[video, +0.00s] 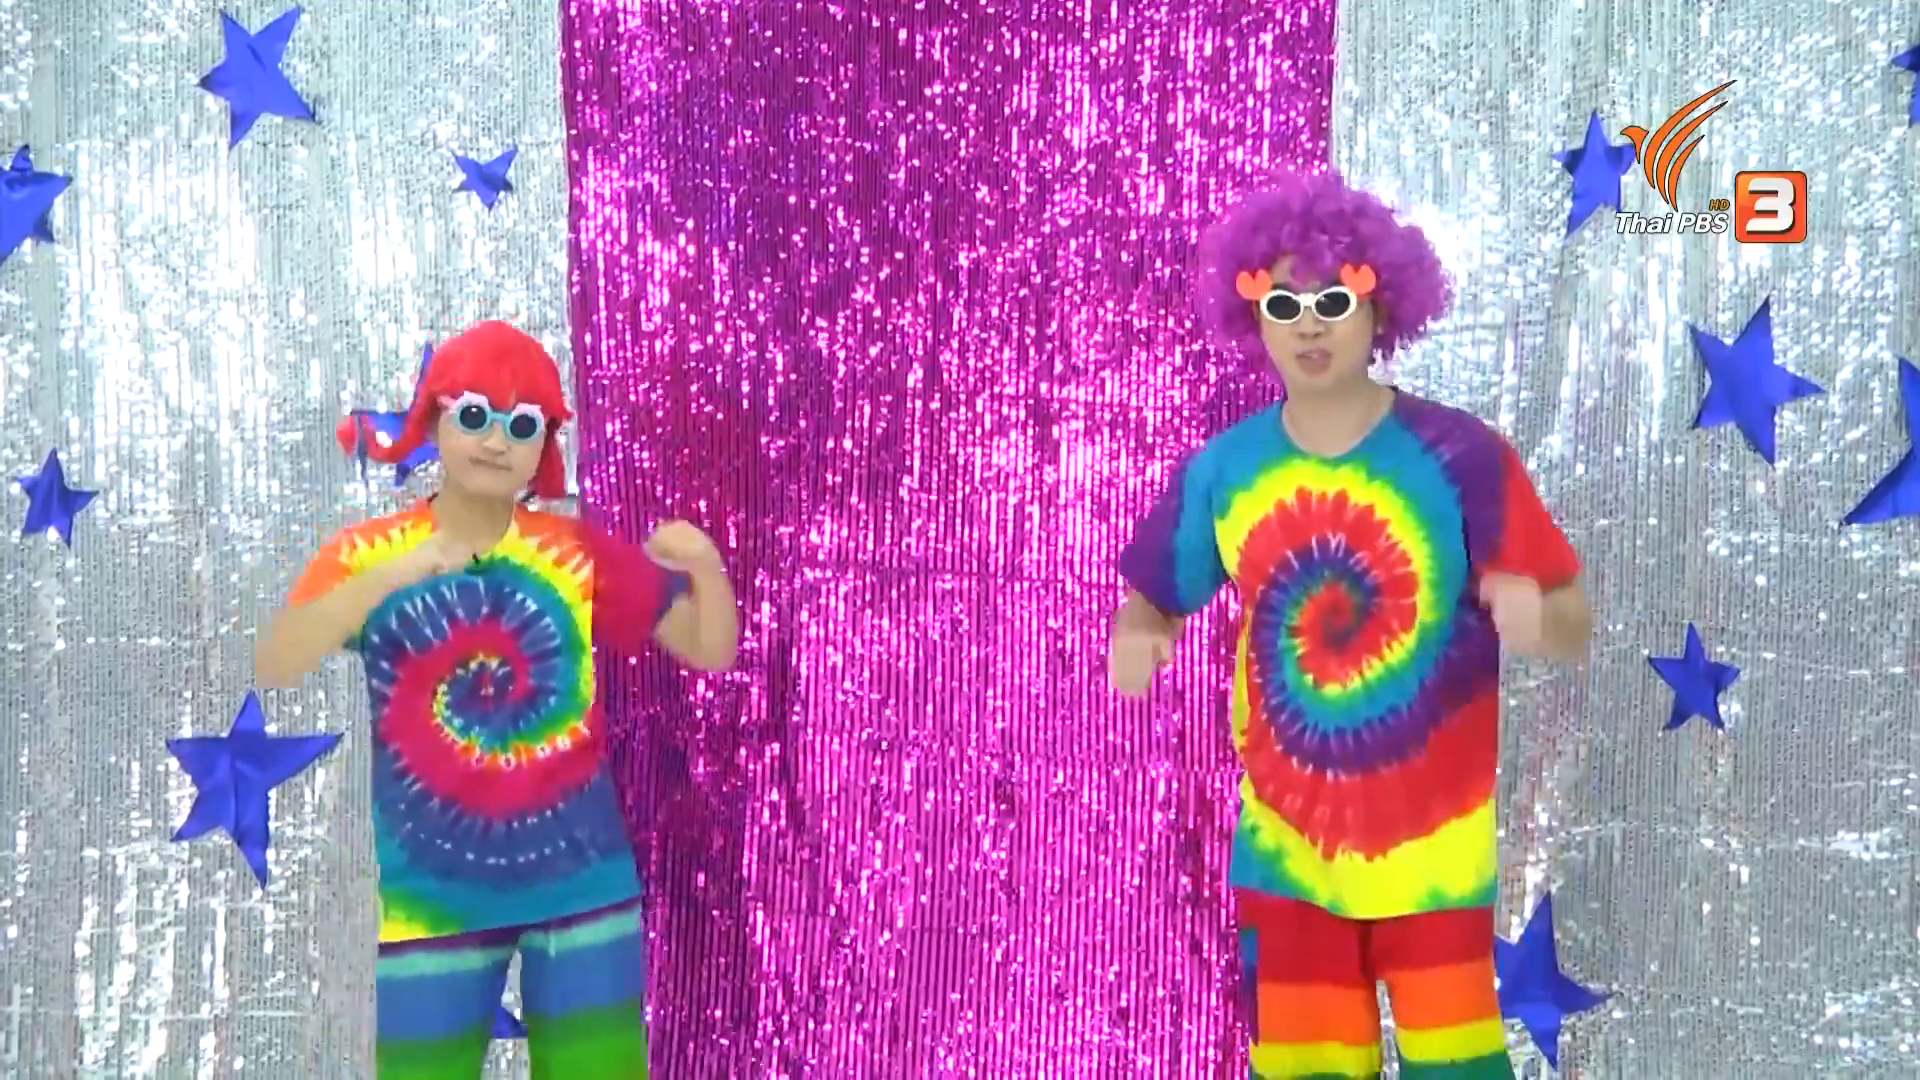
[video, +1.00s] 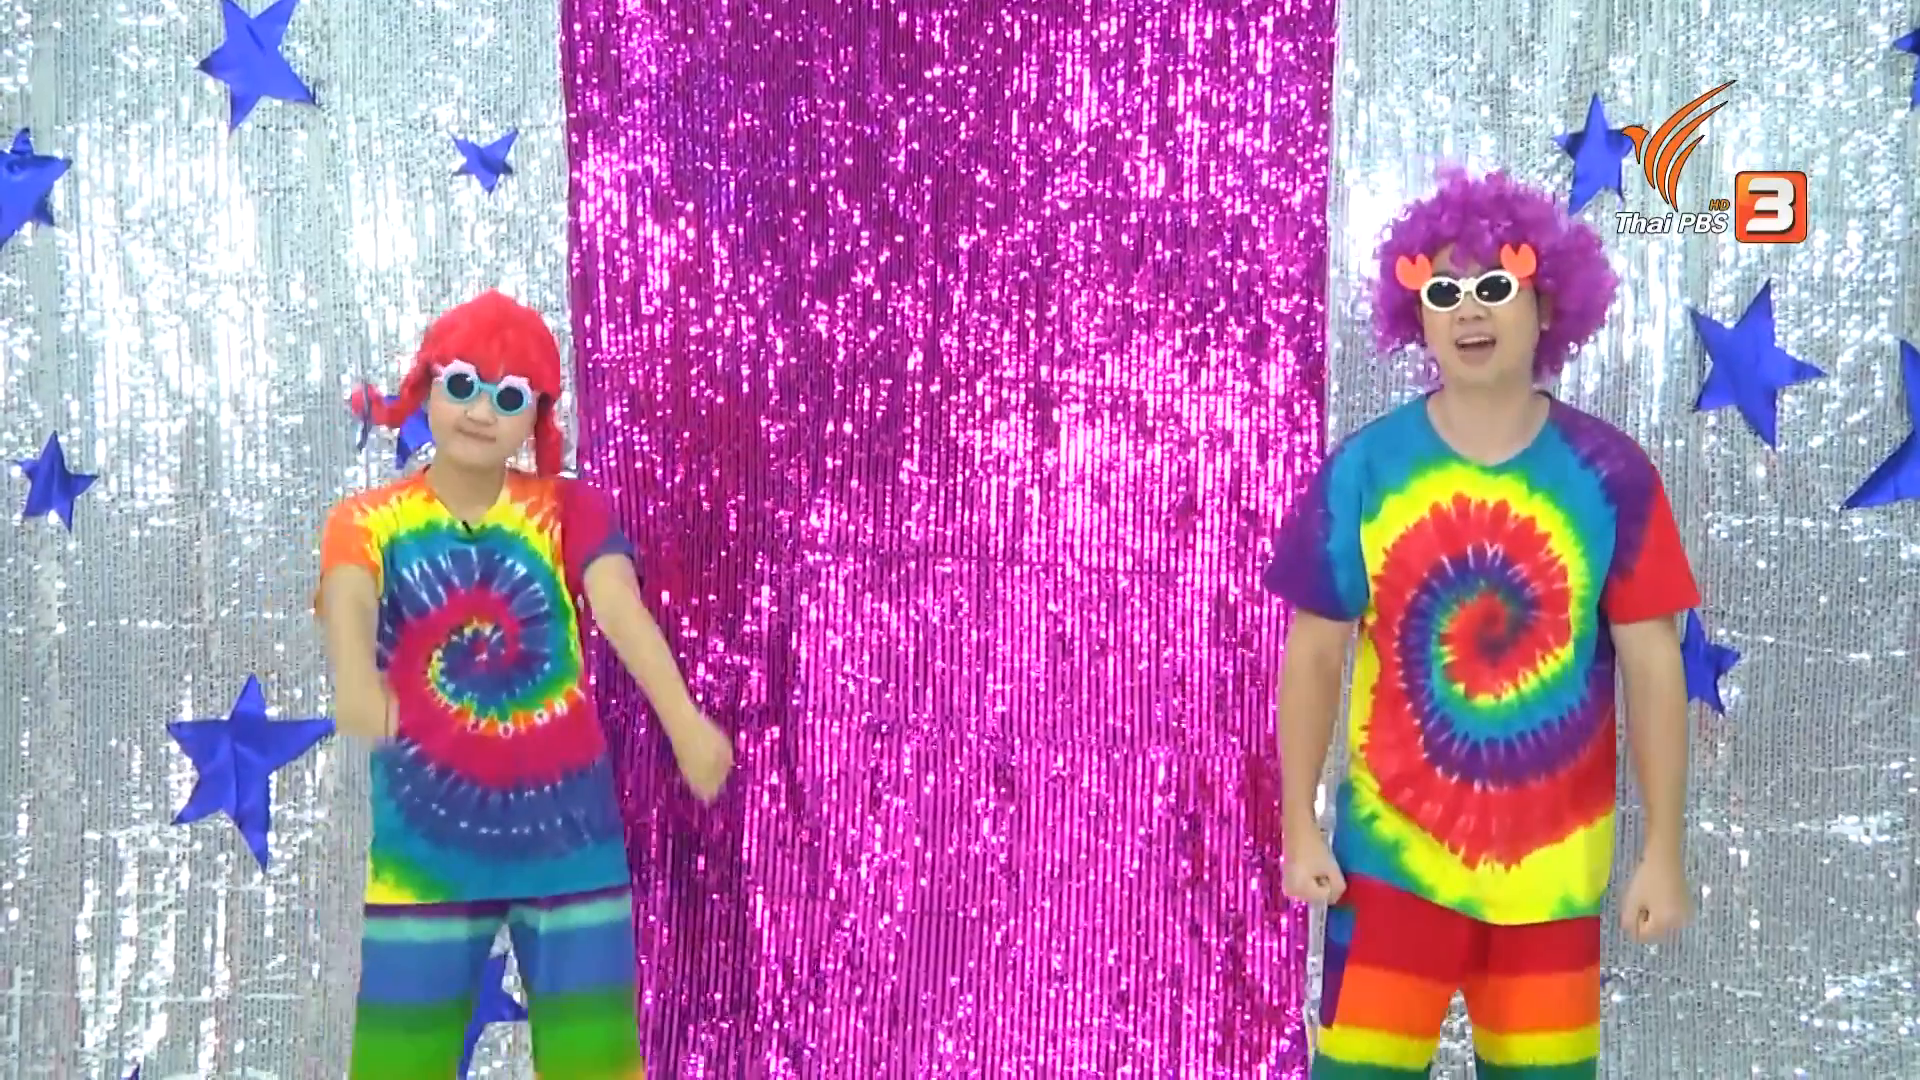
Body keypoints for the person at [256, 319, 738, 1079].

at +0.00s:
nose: (496, 439)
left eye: (521, 424)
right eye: (473, 416)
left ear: (544, 448)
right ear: (434, 430)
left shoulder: (580, 550)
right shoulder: (362, 553)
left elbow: (709, 650)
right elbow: (274, 665)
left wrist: (706, 565)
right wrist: (381, 578)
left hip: (581, 886)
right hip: (427, 893)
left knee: (597, 1068)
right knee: (420, 1070)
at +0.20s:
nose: (490, 430)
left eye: (514, 412)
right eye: (466, 408)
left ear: (538, 436)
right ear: (428, 426)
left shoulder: (573, 546)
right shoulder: (365, 540)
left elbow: (672, 678)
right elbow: (277, 663)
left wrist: (633, 561)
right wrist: (369, 565)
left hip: (570, 883)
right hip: (418, 893)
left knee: (609, 1067)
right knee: (421, 1071)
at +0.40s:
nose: (471, 419)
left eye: (492, 396)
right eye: (444, 403)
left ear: (527, 410)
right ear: (415, 424)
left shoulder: (572, 522)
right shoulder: (362, 530)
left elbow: (664, 591)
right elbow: (232, 600)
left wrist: (588, 594)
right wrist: (237, 573)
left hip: (539, 869)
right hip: (385, 874)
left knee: (568, 1065)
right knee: (370, 1066)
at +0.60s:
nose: (461, 426)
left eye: (483, 402)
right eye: (434, 412)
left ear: (522, 420)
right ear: (412, 441)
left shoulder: (577, 542)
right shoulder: (371, 549)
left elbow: (668, 668)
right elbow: (261, 679)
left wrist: (556, 590)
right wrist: (267, 577)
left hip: (513, 894)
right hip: (364, 885)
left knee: (518, 1068)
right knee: (350, 1067)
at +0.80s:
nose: (476, 409)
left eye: (499, 388)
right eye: (451, 391)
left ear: (535, 410)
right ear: (423, 416)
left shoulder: (578, 519)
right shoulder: (379, 529)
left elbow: (674, 611)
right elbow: (270, 653)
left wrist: (565, 579)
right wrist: (325, 539)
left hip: (536, 871)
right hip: (385, 869)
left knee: (543, 1067)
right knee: (360, 1067)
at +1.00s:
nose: (482, 410)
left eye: (509, 396)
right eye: (462, 386)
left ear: (534, 421)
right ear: (426, 397)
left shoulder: (568, 509)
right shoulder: (366, 518)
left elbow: (626, 617)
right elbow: (348, 606)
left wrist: (688, 727)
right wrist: (356, 682)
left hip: (568, 834)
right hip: (425, 838)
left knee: (593, 1052)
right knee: (400, 1055)